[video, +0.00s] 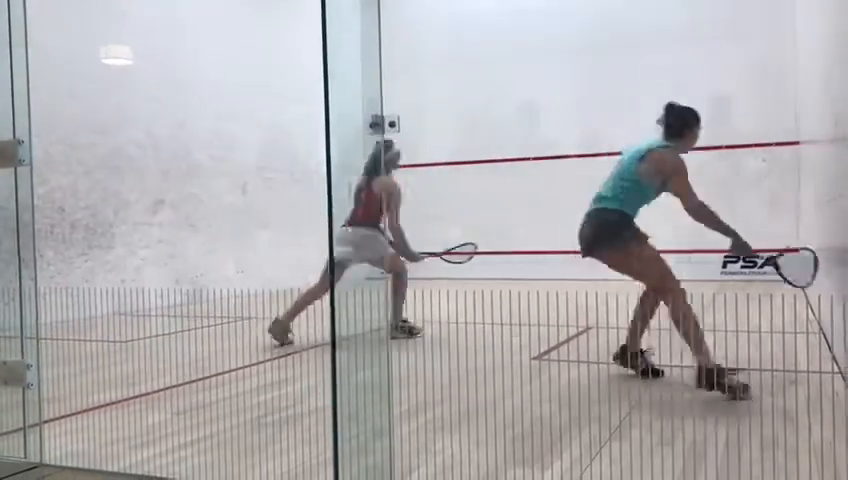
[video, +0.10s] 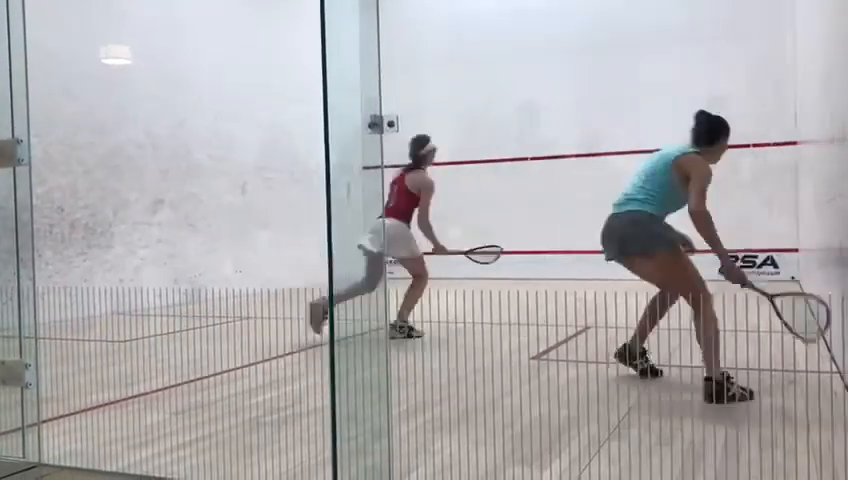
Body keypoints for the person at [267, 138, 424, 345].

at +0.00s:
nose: (399, 157)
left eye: (397, 154)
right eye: (395, 155)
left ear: (376, 159)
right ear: (388, 159)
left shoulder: (363, 182)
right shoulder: (390, 186)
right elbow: (394, 228)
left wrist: (400, 251)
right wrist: (411, 255)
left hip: (346, 235)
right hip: (368, 238)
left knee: (323, 285)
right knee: (399, 270)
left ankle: (283, 322)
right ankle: (397, 323)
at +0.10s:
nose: (434, 155)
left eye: (434, 151)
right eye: (432, 152)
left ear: (414, 154)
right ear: (425, 155)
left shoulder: (401, 175)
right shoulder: (425, 181)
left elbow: (391, 206)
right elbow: (423, 220)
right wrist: (436, 244)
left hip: (378, 229)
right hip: (397, 232)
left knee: (370, 283)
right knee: (421, 277)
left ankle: (325, 304)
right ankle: (401, 323)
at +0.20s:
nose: (462, 140)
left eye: (461, 137)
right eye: (460, 137)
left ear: (442, 139)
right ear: (454, 140)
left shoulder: (429, 160)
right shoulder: (455, 167)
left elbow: (411, 191)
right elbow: (453, 206)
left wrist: (422, 211)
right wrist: (464, 232)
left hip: (414, 214)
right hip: (431, 218)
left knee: (420, 270)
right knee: (430, 275)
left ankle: (389, 304)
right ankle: (404, 315)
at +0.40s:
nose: (512, 136)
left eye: (511, 133)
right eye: (510, 134)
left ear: (492, 137)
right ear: (504, 137)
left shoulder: (479, 158)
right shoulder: (511, 162)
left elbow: (459, 184)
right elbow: (512, 196)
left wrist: (467, 210)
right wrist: (518, 225)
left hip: (476, 213)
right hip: (494, 213)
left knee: (497, 262)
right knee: (481, 260)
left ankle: (509, 308)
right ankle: (443, 289)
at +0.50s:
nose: (536, 147)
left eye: (536, 143)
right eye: (535, 143)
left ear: (517, 146)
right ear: (529, 146)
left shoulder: (507, 166)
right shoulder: (535, 168)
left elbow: (490, 196)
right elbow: (536, 204)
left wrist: (498, 222)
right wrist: (545, 230)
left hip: (506, 220)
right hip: (521, 221)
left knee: (529, 266)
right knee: (521, 273)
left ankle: (518, 310)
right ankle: (481, 287)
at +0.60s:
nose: (561, 138)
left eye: (560, 134)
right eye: (558, 135)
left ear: (542, 137)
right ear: (552, 138)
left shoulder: (534, 160)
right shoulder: (556, 161)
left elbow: (522, 190)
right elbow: (555, 195)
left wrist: (534, 208)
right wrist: (567, 221)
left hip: (530, 212)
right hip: (547, 214)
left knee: (537, 262)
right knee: (559, 263)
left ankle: (520, 302)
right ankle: (530, 296)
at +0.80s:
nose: (611, 137)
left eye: (610, 134)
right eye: (608, 135)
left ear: (591, 139)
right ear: (602, 139)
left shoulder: (585, 158)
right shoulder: (605, 161)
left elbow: (580, 186)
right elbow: (610, 196)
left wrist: (618, 186)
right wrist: (622, 216)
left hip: (585, 214)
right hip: (601, 216)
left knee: (582, 259)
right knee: (614, 260)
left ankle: (547, 281)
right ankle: (622, 302)